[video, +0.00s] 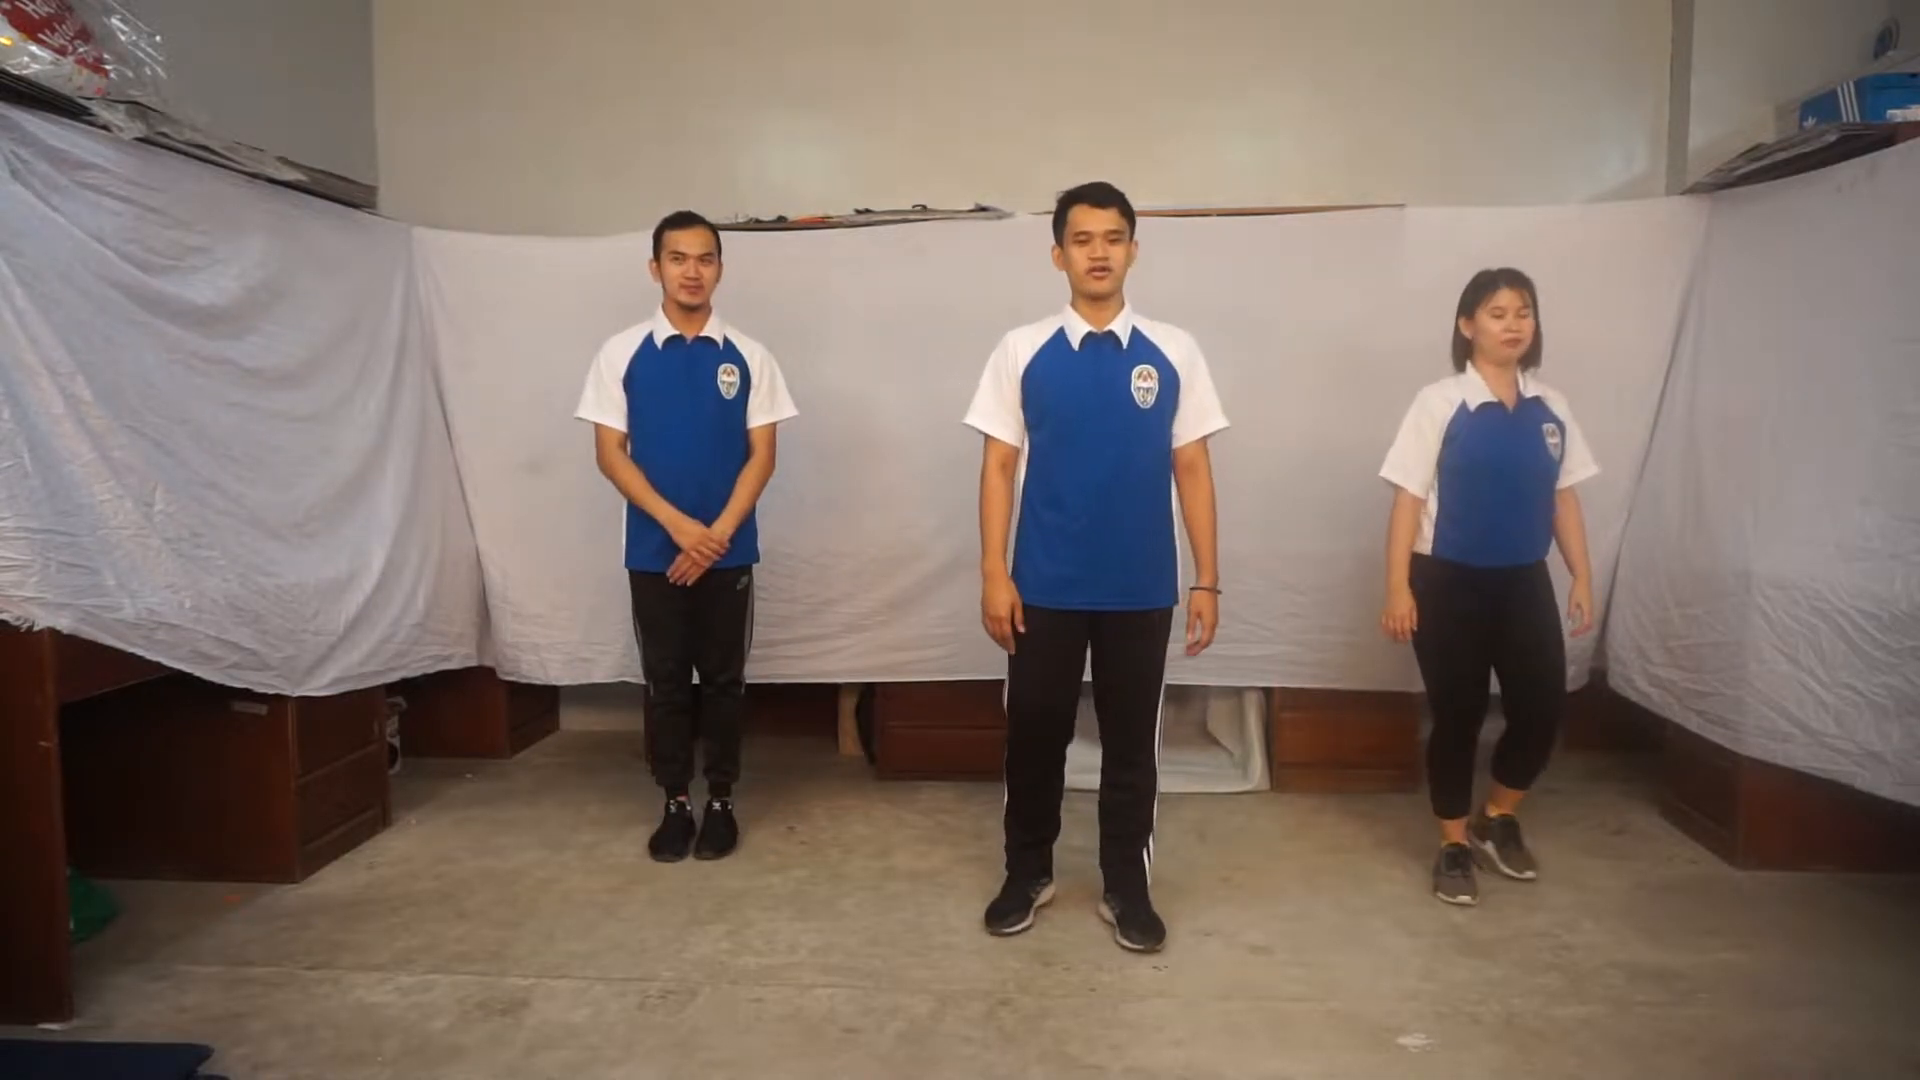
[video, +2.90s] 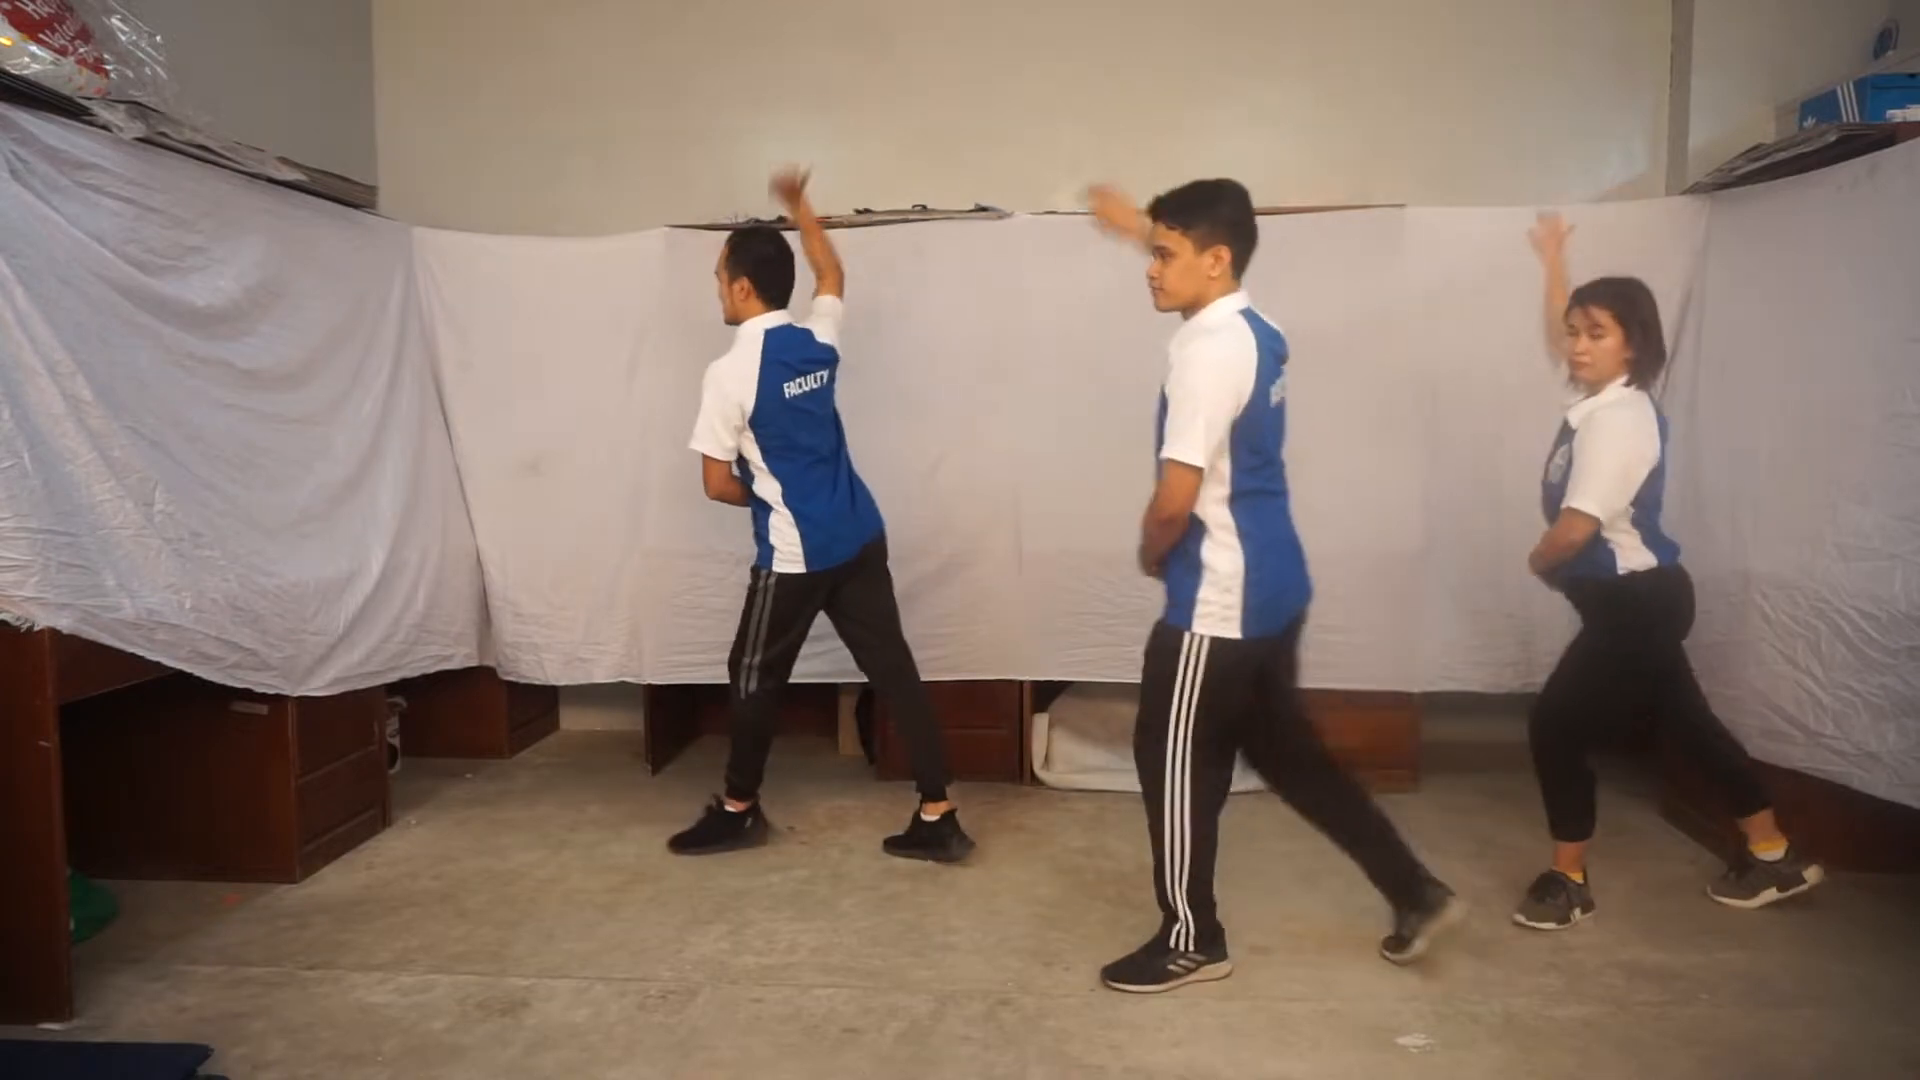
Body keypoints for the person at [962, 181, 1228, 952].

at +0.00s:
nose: (1100, 253)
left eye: (1114, 239)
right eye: (1083, 240)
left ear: (1132, 251)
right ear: (1060, 254)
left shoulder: (1171, 351)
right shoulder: (1021, 350)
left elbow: (1192, 471)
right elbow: (998, 468)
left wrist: (1204, 579)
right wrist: (994, 574)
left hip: (1139, 593)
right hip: (1044, 591)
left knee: (1131, 749)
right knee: (1034, 743)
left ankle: (1127, 886)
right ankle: (1027, 870)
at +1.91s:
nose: (1120, 256)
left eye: (1139, 240)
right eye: (1112, 242)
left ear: (1183, 249)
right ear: (1105, 251)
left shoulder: (1222, 347)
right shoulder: (1090, 347)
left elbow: (1242, 483)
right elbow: (1026, 416)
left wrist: (1243, 606)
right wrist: (1019, 473)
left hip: (1186, 605)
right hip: (1101, 598)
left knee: (1193, 769)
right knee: (1065, 752)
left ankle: (1207, 910)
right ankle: (1032, 883)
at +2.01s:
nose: (1134, 257)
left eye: (1151, 243)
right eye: (1129, 242)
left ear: (1202, 247)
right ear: (1129, 246)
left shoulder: (1228, 342)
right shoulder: (1135, 334)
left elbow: (1221, 479)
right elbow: (1073, 355)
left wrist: (1151, 591)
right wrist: (1033, 366)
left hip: (1211, 590)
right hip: (1141, 576)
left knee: (1198, 754)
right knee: (1115, 720)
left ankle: (1206, 910)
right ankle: (1118, 871)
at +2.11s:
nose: (1149, 257)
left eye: (1164, 242)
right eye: (1148, 242)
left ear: (1218, 248)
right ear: (1183, 249)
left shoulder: (1223, 332)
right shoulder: (1188, 312)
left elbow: (1195, 464)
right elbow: (1131, 282)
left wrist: (1124, 533)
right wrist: (1059, 249)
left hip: (1222, 583)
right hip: (1180, 572)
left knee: (1210, 740)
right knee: (1162, 715)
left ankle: (1206, 909)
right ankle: (1243, 866)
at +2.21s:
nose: (1166, 258)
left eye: (1180, 244)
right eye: (1165, 243)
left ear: (1229, 250)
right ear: (1226, 248)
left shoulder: (1213, 331)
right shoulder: (1263, 303)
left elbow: (1164, 475)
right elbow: (1216, 215)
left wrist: (1149, 512)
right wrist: (1145, 145)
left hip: (1221, 582)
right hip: (1272, 566)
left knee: (1206, 741)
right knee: (1269, 723)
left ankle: (1209, 908)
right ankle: (1364, 879)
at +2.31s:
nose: (1179, 262)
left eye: (1192, 247)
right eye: (1181, 246)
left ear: (1249, 251)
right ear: (1254, 251)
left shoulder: (1219, 336)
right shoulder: (1295, 303)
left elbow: (1172, 481)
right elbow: (1274, 218)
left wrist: (1203, 527)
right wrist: (1250, 121)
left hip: (1240, 586)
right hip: (1310, 569)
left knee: (1217, 755)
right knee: (1345, 737)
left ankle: (1207, 913)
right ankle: (1440, 904)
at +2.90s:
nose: (1153, 267)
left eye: (1166, 253)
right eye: (1153, 252)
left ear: (1217, 259)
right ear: (1219, 263)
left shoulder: (1203, 349)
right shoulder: (1253, 327)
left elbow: (1176, 500)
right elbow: (1198, 284)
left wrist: (1151, 548)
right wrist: (1143, 228)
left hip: (1218, 593)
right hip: (1267, 583)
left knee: (1171, 754)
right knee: (1280, 747)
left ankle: (1189, 936)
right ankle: (1415, 891)